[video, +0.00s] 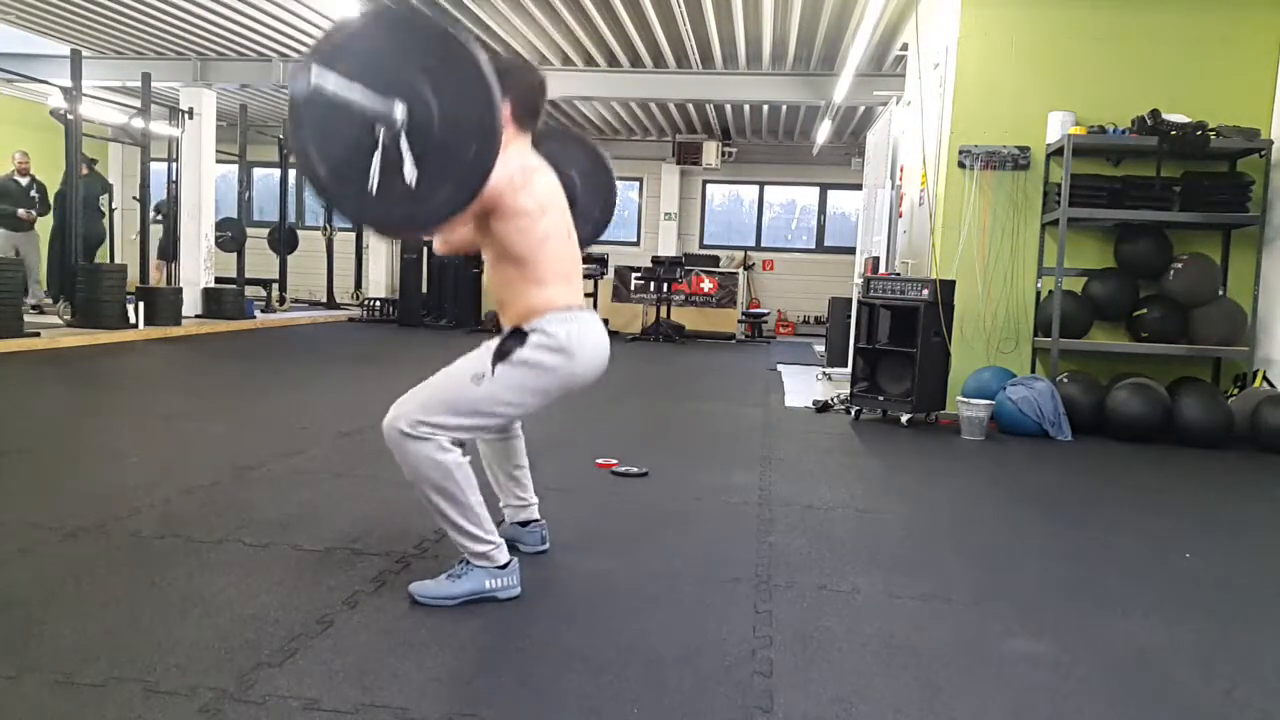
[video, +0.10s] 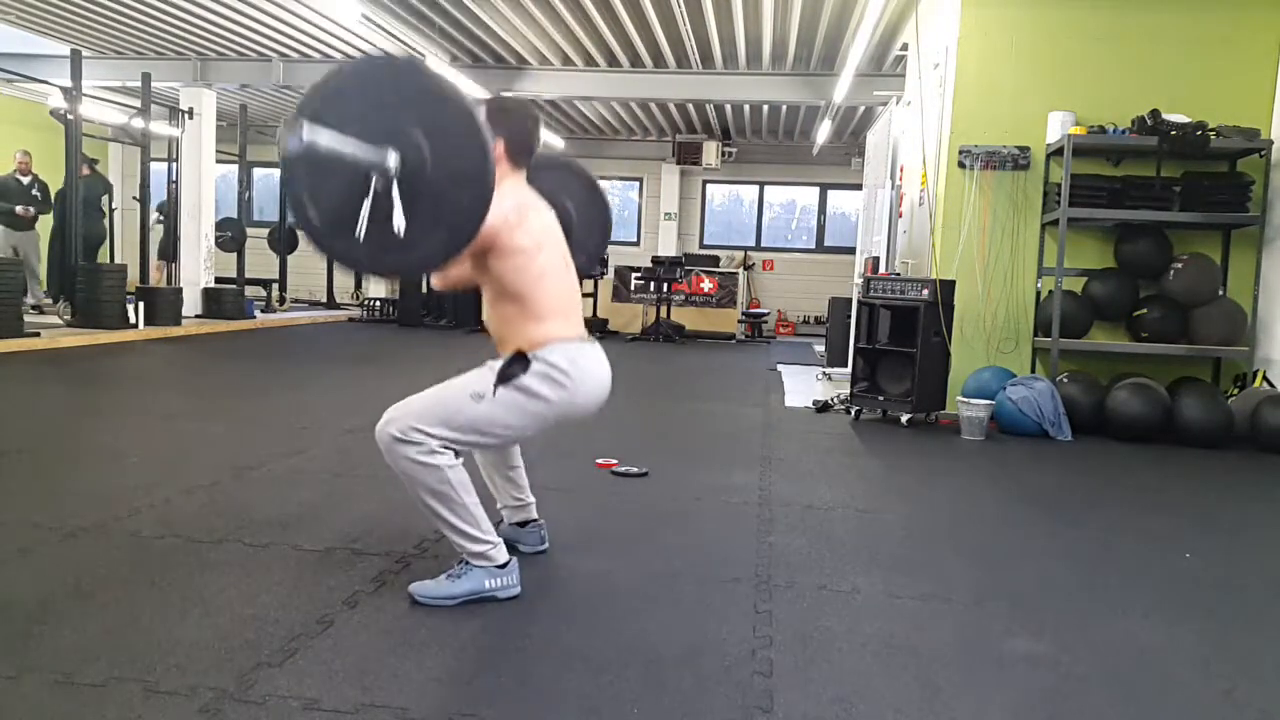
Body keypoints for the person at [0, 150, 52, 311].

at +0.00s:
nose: (24, 166)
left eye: (26, 163)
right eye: (20, 163)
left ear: (30, 163)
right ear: (13, 164)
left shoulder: (39, 185)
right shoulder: (4, 183)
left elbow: (46, 207)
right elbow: (1, 206)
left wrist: (35, 213)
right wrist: (16, 212)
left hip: (29, 233)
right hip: (6, 232)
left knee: (33, 268)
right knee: (6, 270)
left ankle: (35, 301)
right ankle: (6, 302)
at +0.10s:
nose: (23, 166)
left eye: (26, 163)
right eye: (20, 163)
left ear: (31, 163)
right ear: (15, 163)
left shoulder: (41, 184)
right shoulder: (4, 181)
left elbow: (48, 206)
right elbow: (1, 204)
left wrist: (34, 210)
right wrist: (14, 209)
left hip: (29, 233)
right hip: (6, 231)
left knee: (33, 268)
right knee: (6, 268)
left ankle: (35, 301)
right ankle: (7, 302)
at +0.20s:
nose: (21, 167)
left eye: (24, 164)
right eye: (18, 164)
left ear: (30, 164)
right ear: (14, 164)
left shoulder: (40, 184)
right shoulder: (4, 181)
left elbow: (47, 207)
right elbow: (0, 203)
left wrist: (33, 208)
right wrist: (11, 208)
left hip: (29, 234)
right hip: (6, 231)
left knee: (32, 270)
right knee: (3, 269)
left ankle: (35, 302)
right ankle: (4, 302)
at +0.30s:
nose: (18, 168)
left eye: (21, 165)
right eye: (15, 165)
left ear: (27, 165)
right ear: (10, 166)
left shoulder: (37, 185)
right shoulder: (3, 183)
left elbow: (46, 208)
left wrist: (30, 208)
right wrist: (6, 208)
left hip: (28, 235)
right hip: (5, 234)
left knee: (31, 271)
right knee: (5, 271)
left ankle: (35, 302)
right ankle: (7, 303)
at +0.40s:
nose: (12, 169)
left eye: (14, 166)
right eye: (8, 166)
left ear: (20, 165)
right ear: (4, 167)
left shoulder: (31, 186)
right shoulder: (2, 185)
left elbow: (42, 208)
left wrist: (25, 209)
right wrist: (2, 209)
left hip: (24, 236)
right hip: (4, 236)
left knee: (30, 271)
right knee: (5, 272)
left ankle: (34, 302)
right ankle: (6, 304)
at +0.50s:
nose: (3, 167)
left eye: (6, 164)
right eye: (1, 164)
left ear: (12, 164)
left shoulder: (24, 184)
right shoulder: (0, 184)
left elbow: (36, 206)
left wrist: (20, 210)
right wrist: (2, 209)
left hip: (19, 236)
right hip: (3, 235)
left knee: (26, 270)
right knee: (4, 272)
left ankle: (35, 300)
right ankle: (5, 303)